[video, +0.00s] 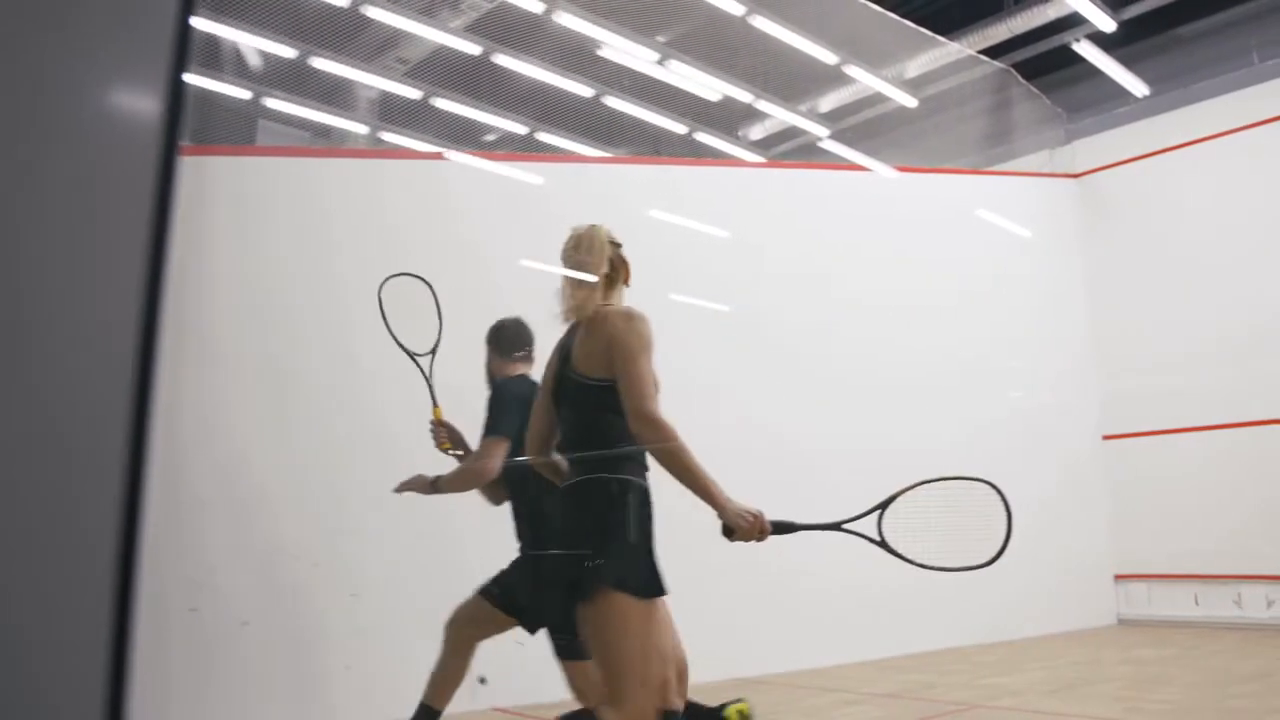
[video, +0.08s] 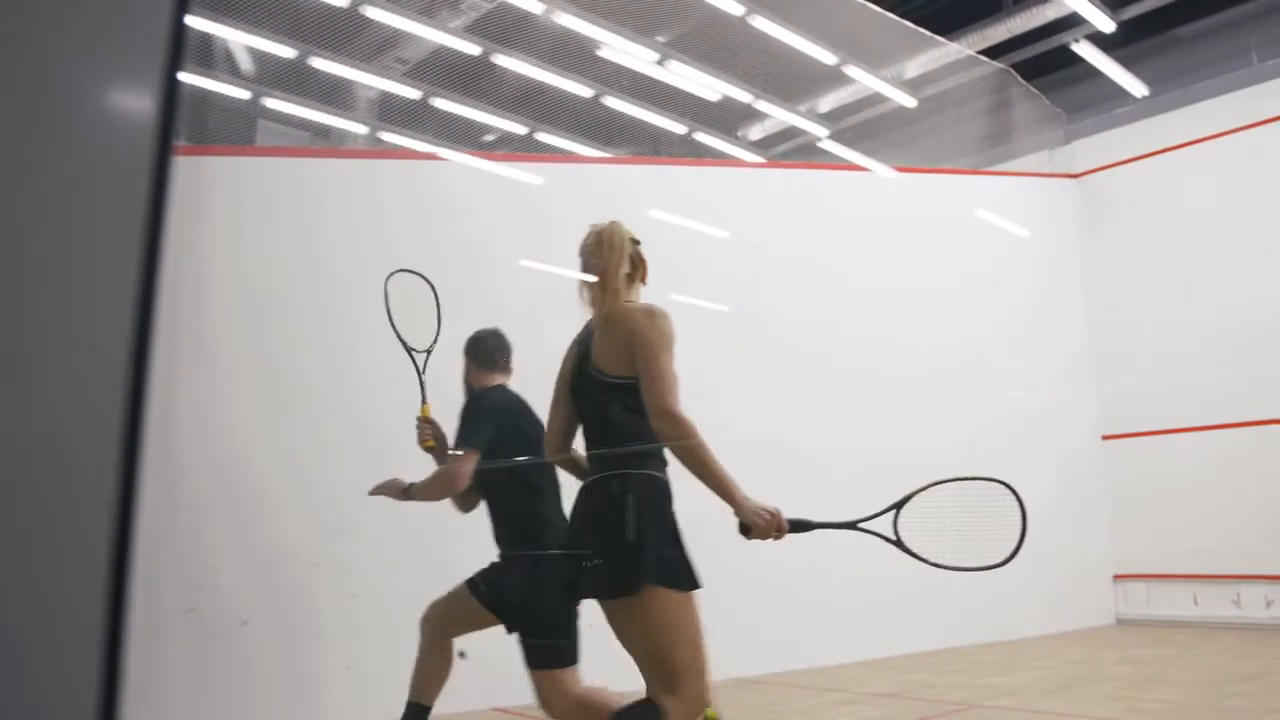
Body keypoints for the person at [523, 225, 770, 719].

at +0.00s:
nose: (568, 287)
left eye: (578, 277)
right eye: (568, 277)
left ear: (595, 278)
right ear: (619, 275)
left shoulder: (566, 344)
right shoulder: (627, 325)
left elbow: (536, 450)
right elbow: (646, 423)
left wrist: (580, 483)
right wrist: (724, 504)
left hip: (591, 519)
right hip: (611, 522)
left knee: (669, 682)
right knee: (635, 701)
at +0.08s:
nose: (594, 278)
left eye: (590, 269)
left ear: (588, 271)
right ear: (640, 268)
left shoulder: (582, 342)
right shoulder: (648, 322)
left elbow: (557, 448)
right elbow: (666, 420)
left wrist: (611, 480)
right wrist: (740, 502)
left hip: (597, 518)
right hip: (637, 516)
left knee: (666, 692)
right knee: (687, 697)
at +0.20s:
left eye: (664, 258)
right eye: (669, 257)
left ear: (614, 268)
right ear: (665, 262)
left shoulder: (601, 342)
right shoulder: (678, 321)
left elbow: (585, 443)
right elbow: (694, 418)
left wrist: (644, 468)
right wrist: (766, 500)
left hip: (617, 514)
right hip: (671, 512)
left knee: (669, 680)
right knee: (748, 670)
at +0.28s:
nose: (686, 261)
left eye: (682, 252)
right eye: (683, 254)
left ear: (632, 265)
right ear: (677, 262)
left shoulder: (613, 341)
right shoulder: (698, 322)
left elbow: (602, 440)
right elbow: (713, 416)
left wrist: (660, 459)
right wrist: (782, 500)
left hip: (633, 511)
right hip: (693, 508)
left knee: (669, 678)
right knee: (777, 660)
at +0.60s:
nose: (750, 271)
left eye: (743, 265)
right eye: (748, 265)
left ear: (695, 278)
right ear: (746, 271)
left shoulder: (674, 351)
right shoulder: (774, 334)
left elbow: (664, 447)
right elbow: (784, 418)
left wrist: (719, 473)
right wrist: (847, 505)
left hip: (704, 517)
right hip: (778, 512)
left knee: (702, 683)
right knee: (853, 670)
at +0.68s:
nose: (764, 280)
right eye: (763, 273)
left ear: (710, 285)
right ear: (762, 278)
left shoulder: (690, 358)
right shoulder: (790, 340)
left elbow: (679, 451)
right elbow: (803, 423)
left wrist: (732, 482)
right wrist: (866, 509)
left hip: (724, 521)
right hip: (798, 516)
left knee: (724, 685)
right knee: (871, 674)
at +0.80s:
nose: (784, 287)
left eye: (735, 289)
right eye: (782, 281)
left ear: (731, 295)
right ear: (783, 288)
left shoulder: (714, 366)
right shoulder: (814, 348)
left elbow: (701, 458)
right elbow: (833, 430)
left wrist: (742, 493)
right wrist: (893, 515)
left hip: (750, 529)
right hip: (824, 523)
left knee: (752, 687)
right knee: (886, 674)